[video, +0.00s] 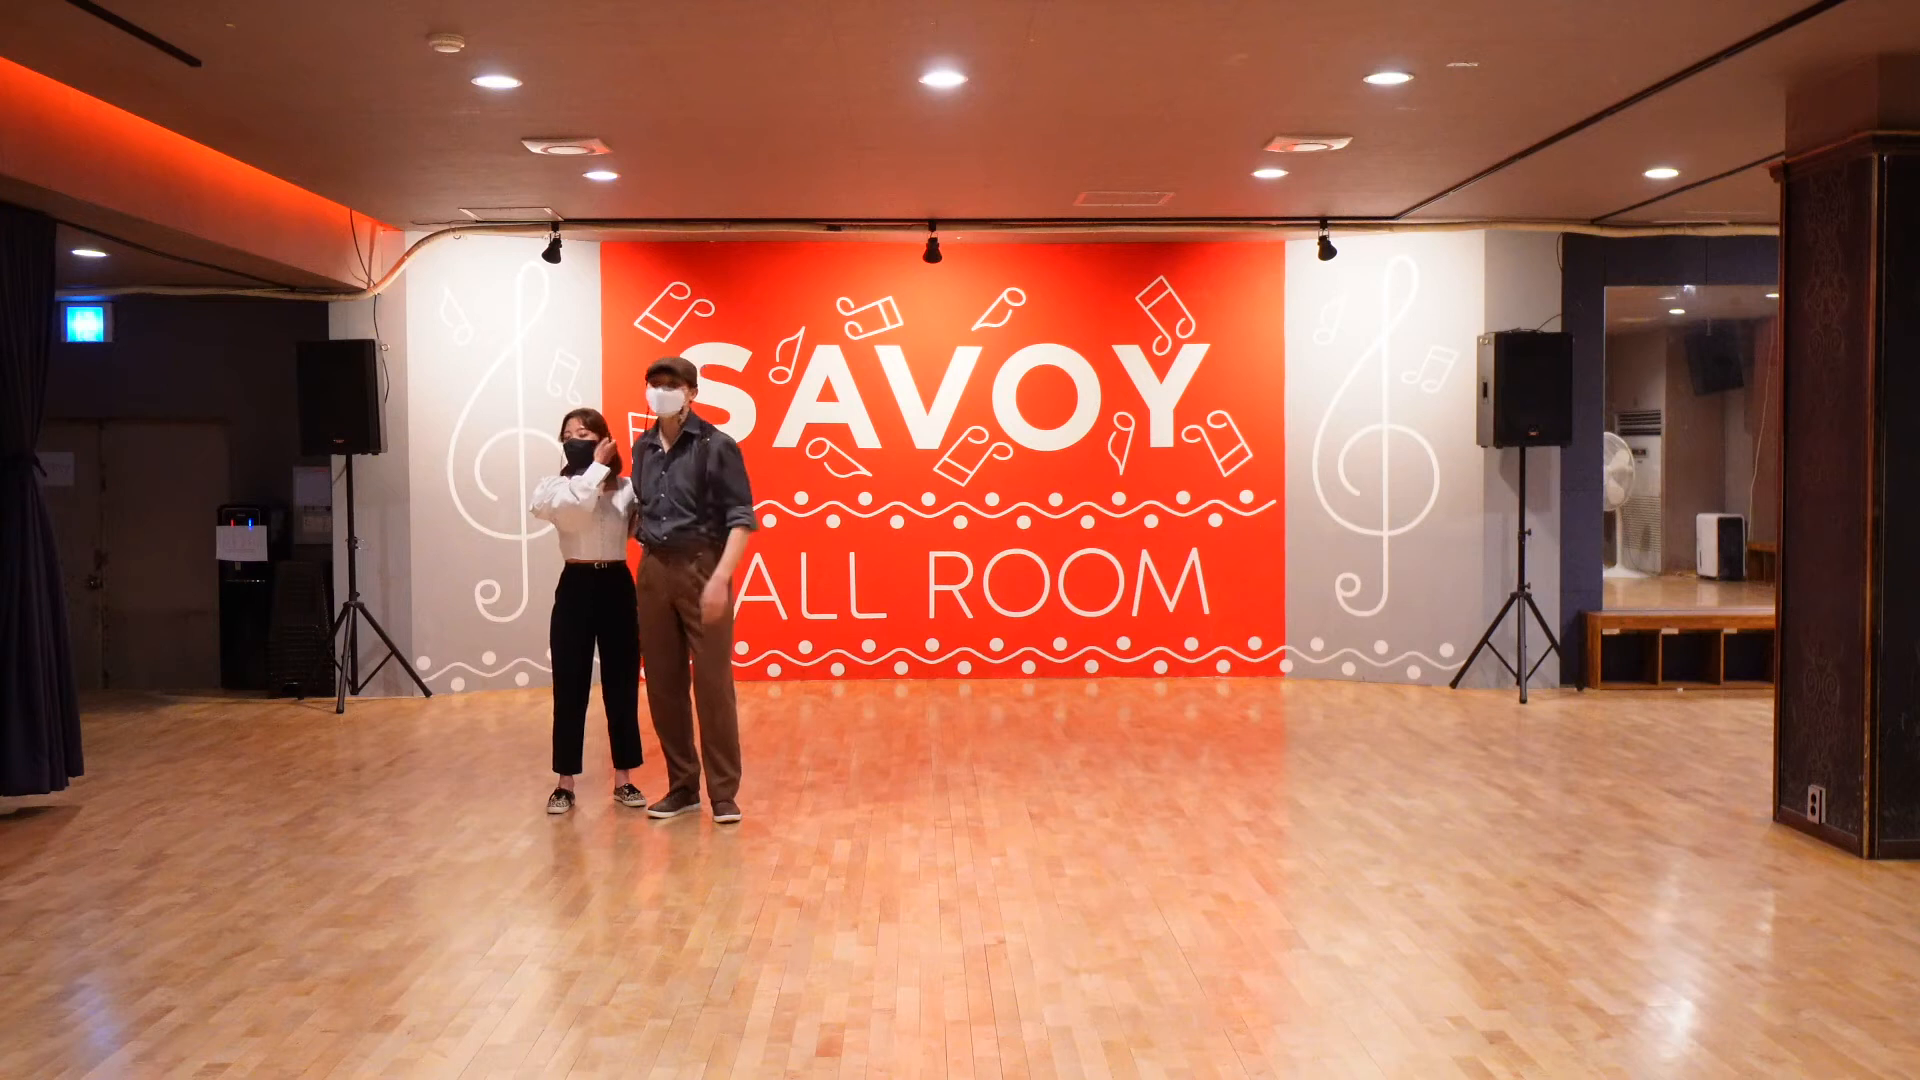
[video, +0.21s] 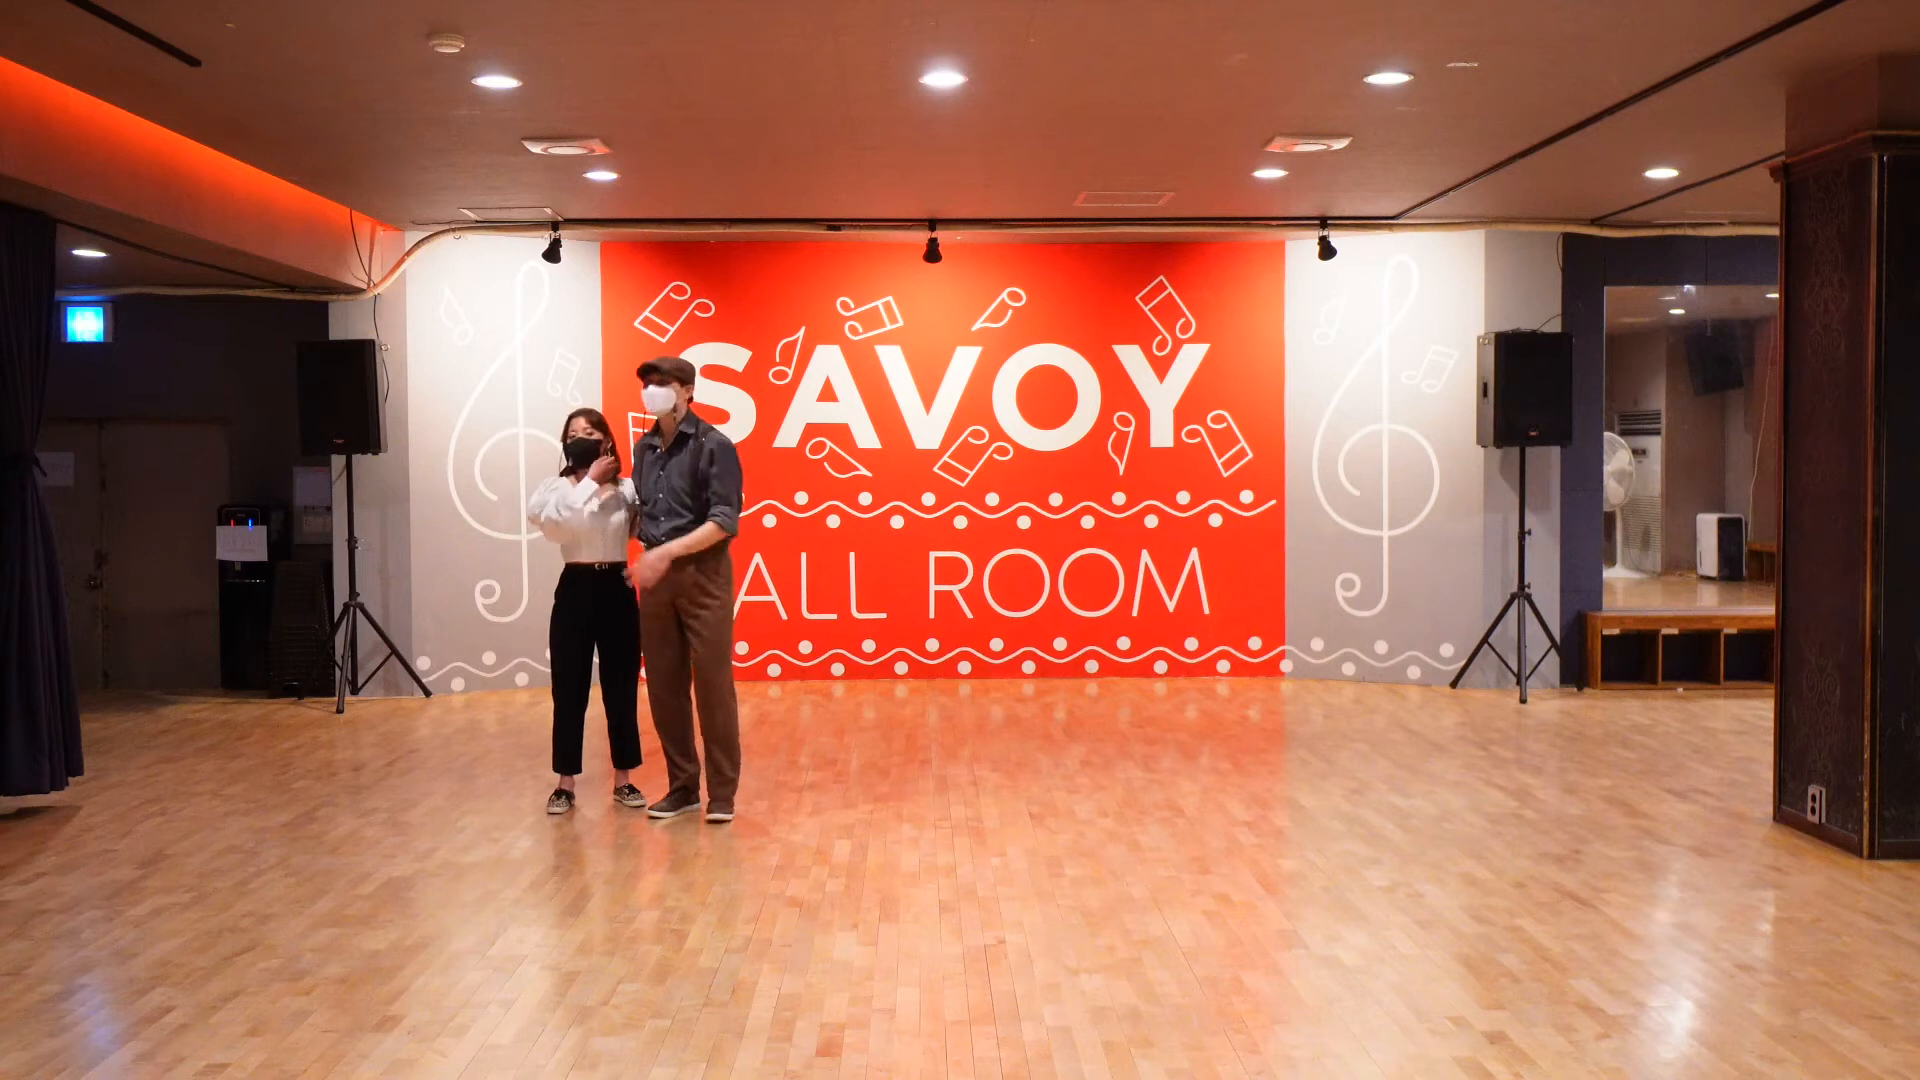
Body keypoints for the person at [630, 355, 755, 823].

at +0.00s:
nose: (660, 393)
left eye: (670, 386)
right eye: (654, 385)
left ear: (690, 394)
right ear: (647, 393)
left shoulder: (717, 446)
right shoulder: (644, 448)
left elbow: (744, 521)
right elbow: (640, 508)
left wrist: (720, 580)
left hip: (704, 569)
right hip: (653, 570)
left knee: (713, 684)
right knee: (664, 685)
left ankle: (724, 795)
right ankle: (683, 787)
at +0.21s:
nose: (648, 392)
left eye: (659, 384)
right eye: (647, 385)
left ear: (684, 392)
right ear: (648, 395)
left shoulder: (714, 445)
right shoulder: (645, 448)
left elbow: (725, 521)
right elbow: (640, 514)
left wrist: (666, 551)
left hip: (704, 570)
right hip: (656, 572)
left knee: (713, 684)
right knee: (665, 685)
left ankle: (722, 793)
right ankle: (683, 787)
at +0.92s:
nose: (627, 398)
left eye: (634, 392)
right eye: (629, 391)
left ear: (657, 401)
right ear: (653, 402)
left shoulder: (681, 455)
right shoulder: (649, 451)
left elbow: (684, 539)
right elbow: (640, 514)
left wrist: (616, 540)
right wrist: (602, 524)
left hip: (680, 577)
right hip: (649, 574)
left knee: (651, 680)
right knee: (648, 681)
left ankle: (683, 790)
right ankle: (674, 788)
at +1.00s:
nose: (623, 394)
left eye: (630, 388)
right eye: (625, 387)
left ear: (652, 397)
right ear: (651, 398)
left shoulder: (674, 452)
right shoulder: (647, 445)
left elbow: (686, 535)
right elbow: (642, 517)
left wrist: (624, 549)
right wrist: (607, 535)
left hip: (677, 575)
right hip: (652, 572)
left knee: (644, 675)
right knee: (661, 677)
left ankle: (647, 794)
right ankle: (682, 786)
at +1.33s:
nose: (609, 401)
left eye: (615, 394)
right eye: (612, 394)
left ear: (637, 403)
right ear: (642, 403)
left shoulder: (650, 459)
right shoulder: (655, 449)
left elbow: (637, 548)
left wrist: (590, 601)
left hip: (658, 585)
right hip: (674, 581)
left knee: (607, 689)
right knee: (648, 694)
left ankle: (616, 807)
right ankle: (678, 792)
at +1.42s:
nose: (608, 411)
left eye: (614, 404)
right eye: (610, 403)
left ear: (636, 411)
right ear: (645, 411)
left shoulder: (646, 463)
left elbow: (614, 545)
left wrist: (552, 584)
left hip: (653, 593)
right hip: (670, 590)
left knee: (595, 699)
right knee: (639, 699)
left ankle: (628, 813)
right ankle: (677, 793)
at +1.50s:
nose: (607, 418)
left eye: (613, 411)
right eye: (609, 411)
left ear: (637, 416)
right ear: (644, 417)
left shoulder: (639, 460)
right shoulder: (662, 459)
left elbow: (590, 528)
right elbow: (682, 544)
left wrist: (514, 543)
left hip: (645, 597)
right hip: (668, 592)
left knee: (593, 707)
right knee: (638, 703)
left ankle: (628, 818)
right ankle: (675, 792)